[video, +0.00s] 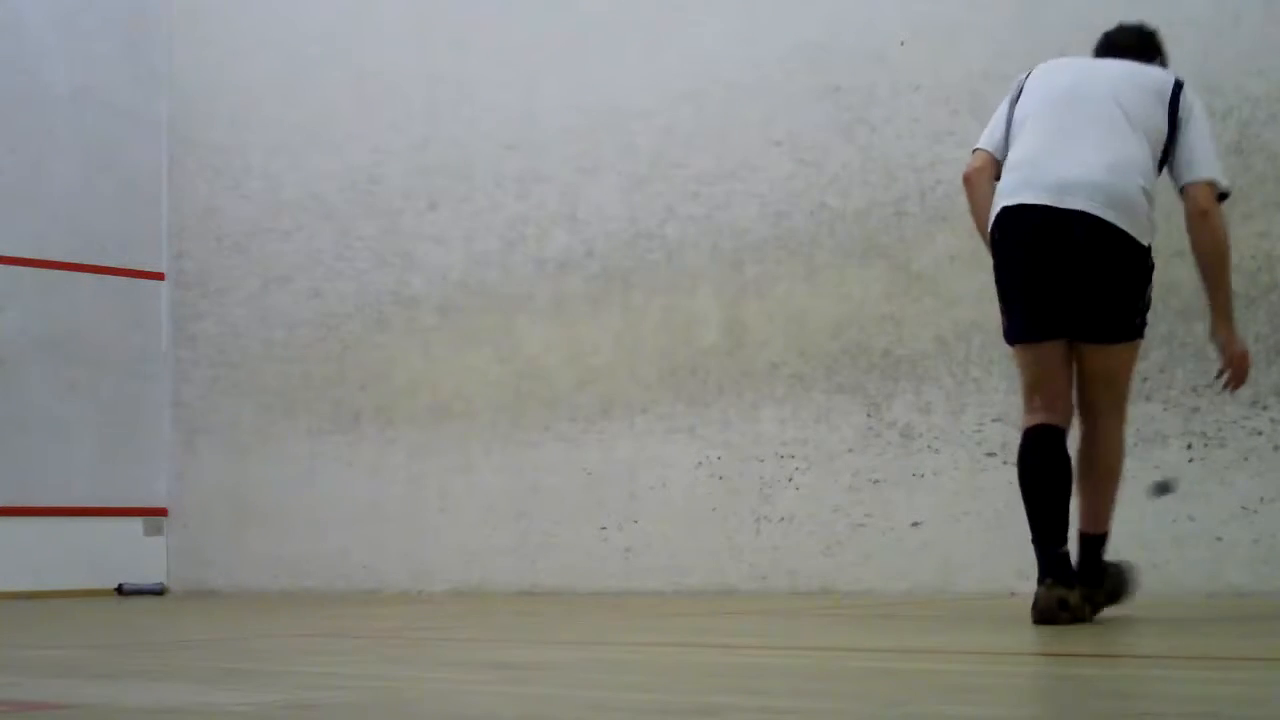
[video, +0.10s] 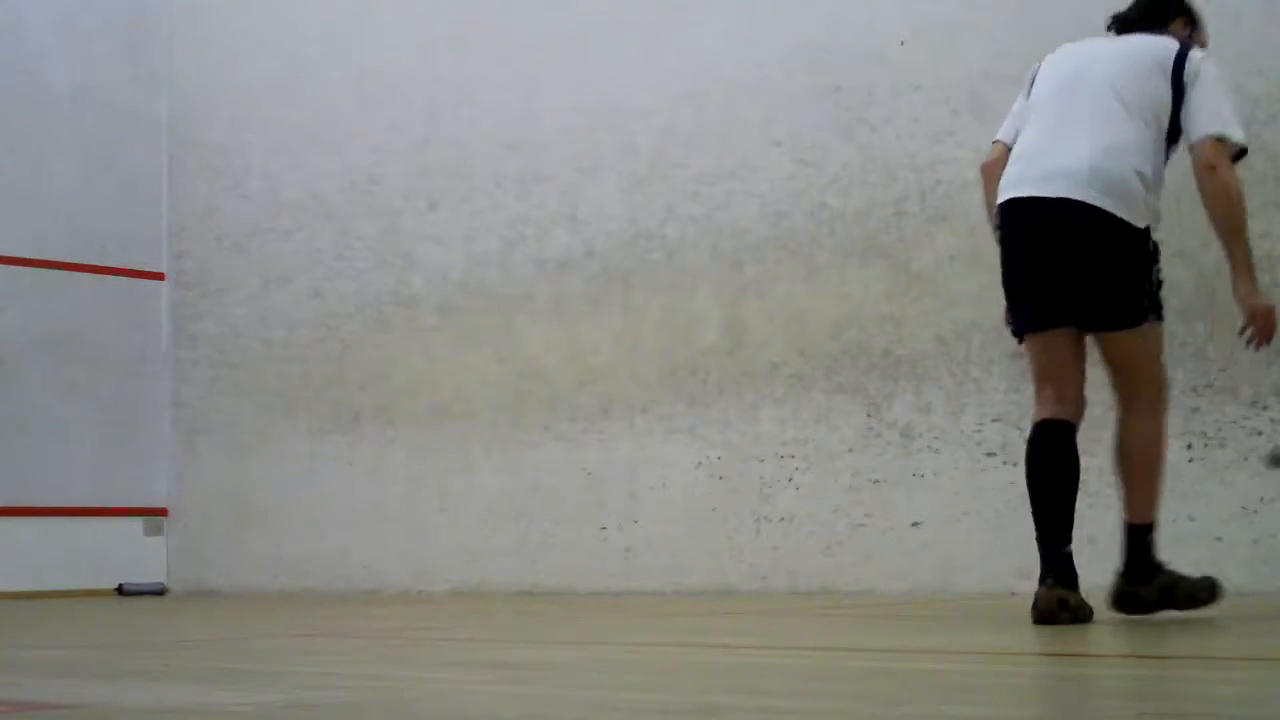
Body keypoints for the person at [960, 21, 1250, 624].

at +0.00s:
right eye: (1162, 70)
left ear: (1098, 54)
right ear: (1158, 63)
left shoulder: (1037, 76)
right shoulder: (1172, 88)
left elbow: (978, 171)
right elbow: (1202, 206)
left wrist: (1006, 253)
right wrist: (1224, 325)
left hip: (1022, 232)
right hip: (1110, 237)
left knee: (1043, 405)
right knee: (1103, 414)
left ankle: (1050, 578)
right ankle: (1090, 572)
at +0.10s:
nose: (1197, 56)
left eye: (1198, 48)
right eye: (1196, 46)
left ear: (1123, 28)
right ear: (1179, 32)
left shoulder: (1057, 59)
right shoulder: (1186, 59)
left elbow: (994, 164)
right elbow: (1213, 163)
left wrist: (1019, 258)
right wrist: (1246, 285)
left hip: (1024, 223)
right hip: (1107, 223)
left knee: (1054, 394)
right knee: (1141, 397)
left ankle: (1054, 580)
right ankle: (1140, 571)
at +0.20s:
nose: (1237, 21)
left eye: (1238, 11)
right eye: (1232, 9)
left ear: (1154, 6)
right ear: (1196, 3)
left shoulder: (1086, 48)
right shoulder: (1201, 31)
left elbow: (1020, 158)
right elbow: (1212, 125)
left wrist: (1028, 266)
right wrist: (1254, 235)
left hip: (1040, 219)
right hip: (1120, 218)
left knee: (1069, 392)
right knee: (1187, 384)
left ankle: (1056, 580)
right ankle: (1201, 567)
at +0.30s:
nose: (1256, 15)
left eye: (1257, 10)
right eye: (1256, 7)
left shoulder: (1122, 39)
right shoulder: (1212, 11)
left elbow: (1064, 155)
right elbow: (1208, 96)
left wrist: (1052, 257)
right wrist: (1256, 202)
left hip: (1073, 223)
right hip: (1141, 218)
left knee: (1100, 400)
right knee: (1214, 385)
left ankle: (1056, 577)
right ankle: (1235, 573)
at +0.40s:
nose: (1272, 11)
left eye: (1271, 9)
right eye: (1270, 6)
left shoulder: (1159, 30)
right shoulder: (1224, 6)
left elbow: (1128, 146)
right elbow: (1205, 82)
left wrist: (1096, 262)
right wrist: (1252, 184)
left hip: (1120, 223)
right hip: (1173, 219)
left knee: (1160, 403)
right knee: (1235, 387)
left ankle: (1066, 556)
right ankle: (1241, 576)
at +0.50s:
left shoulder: (1210, 12)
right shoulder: (1233, 3)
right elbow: (1205, 77)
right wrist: (1253, 173)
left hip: (1186, 214)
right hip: (1188, 211)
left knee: (1232, 394)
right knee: (1248, 389)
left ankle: (1109, 524)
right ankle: (1243, 577)